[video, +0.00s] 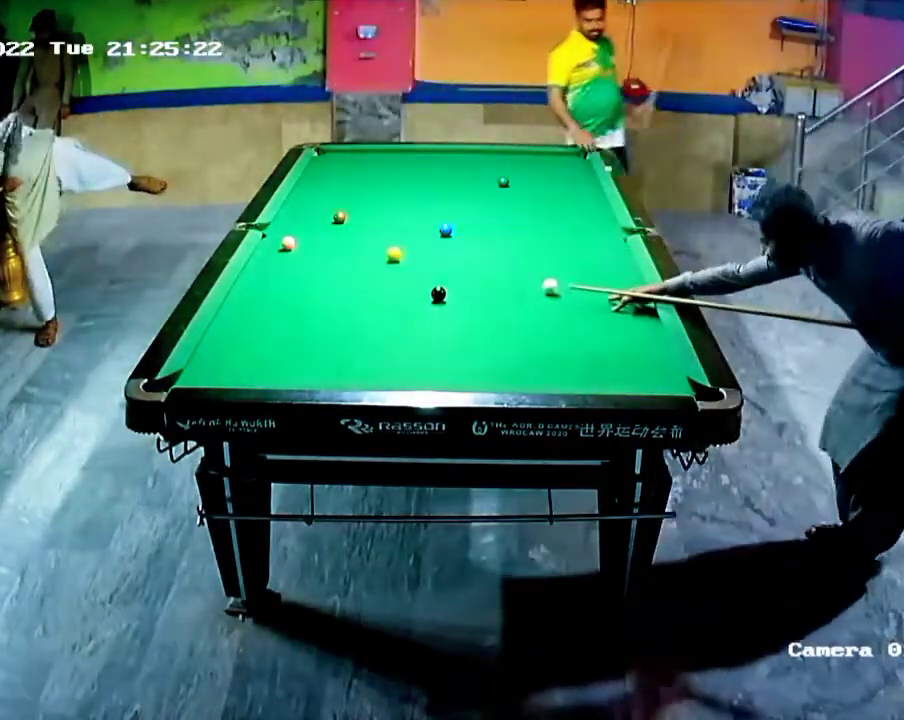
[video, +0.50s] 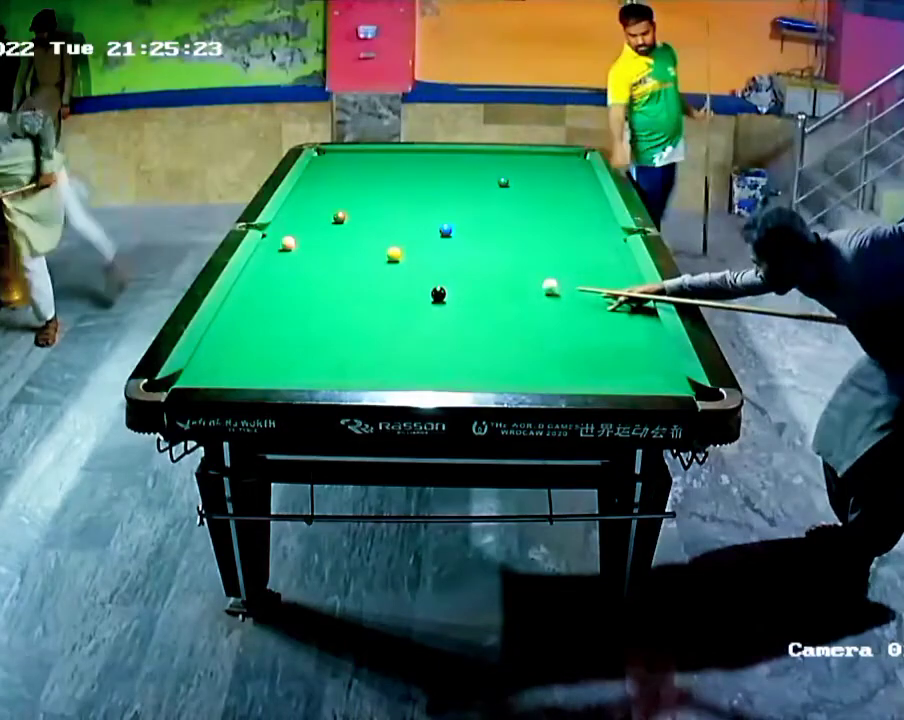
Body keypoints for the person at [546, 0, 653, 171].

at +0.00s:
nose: (595, 26)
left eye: (600, 20)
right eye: (588, 20)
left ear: (605, 18)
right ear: (578, 19)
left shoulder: (607, 45)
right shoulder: (564, 53)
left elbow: (606, 85)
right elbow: (554, 98)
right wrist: (575, 131)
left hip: (614, 135)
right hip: (585, 138)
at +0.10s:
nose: (603, 26)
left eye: (608, 20)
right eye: (597, 21)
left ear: (614, 19)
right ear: (586, 19)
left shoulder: (617, 45)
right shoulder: (572, 53)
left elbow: (620, 87)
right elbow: (562, 98)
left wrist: (645, 107)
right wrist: (579, 130)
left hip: (623, 135)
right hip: (594, 140)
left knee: (622, 193)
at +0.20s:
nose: (616, 29)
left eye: (620, 22)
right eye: (609, 23)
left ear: (627, 19)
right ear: (599, 21)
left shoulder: (634, 45)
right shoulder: (586, 55)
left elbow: (640, 87)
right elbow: (576, 100)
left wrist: (670, 108)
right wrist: (585, 128)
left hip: (636, 137)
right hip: (607, 141)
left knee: (630, 199)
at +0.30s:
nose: (626, 35)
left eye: (631, 28)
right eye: (619, 29)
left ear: (638, 22)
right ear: (610, 25)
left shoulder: (649, 48)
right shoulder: (599, 61)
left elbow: (653, 90)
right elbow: (589, 105)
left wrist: (681, 109)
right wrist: (593, 131)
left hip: (648, 143)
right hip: (621, 148)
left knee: (636, 205)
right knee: (626, 206)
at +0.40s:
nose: (632, 38)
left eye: (636, 31)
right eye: (624, 33)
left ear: (644, 25)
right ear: (616, 30)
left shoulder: (655, 51)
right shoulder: (608, 66)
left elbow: (659, 91)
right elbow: (598, 105)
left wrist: (686, 109)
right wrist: (600, 136)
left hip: (656, 141)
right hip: (631, 146)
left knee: (644, 198)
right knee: (639, 201)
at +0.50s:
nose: (640, 41)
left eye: (645, 33)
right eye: (633, 36)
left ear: (654, 27)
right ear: (624, 33)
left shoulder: (667, 53)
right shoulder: (621, 70)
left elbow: (671, 92)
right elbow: (617, 114)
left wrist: (692, 112)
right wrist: (619, 145)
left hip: (670, 149)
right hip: (644, 156)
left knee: (657, 213)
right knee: (646, 214)